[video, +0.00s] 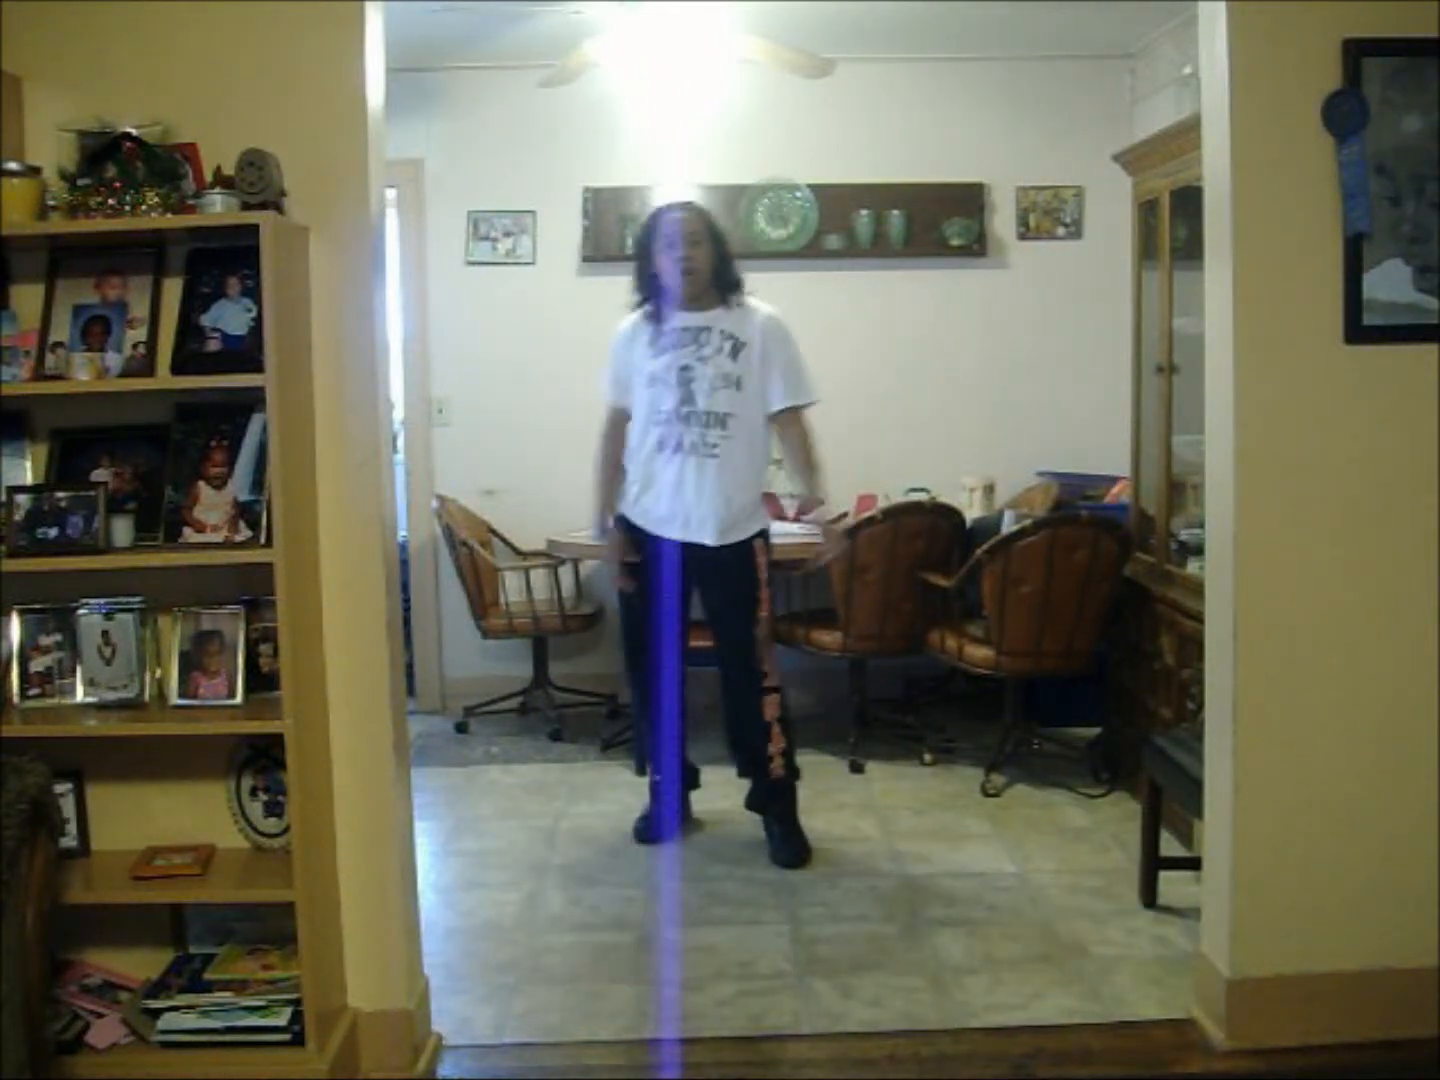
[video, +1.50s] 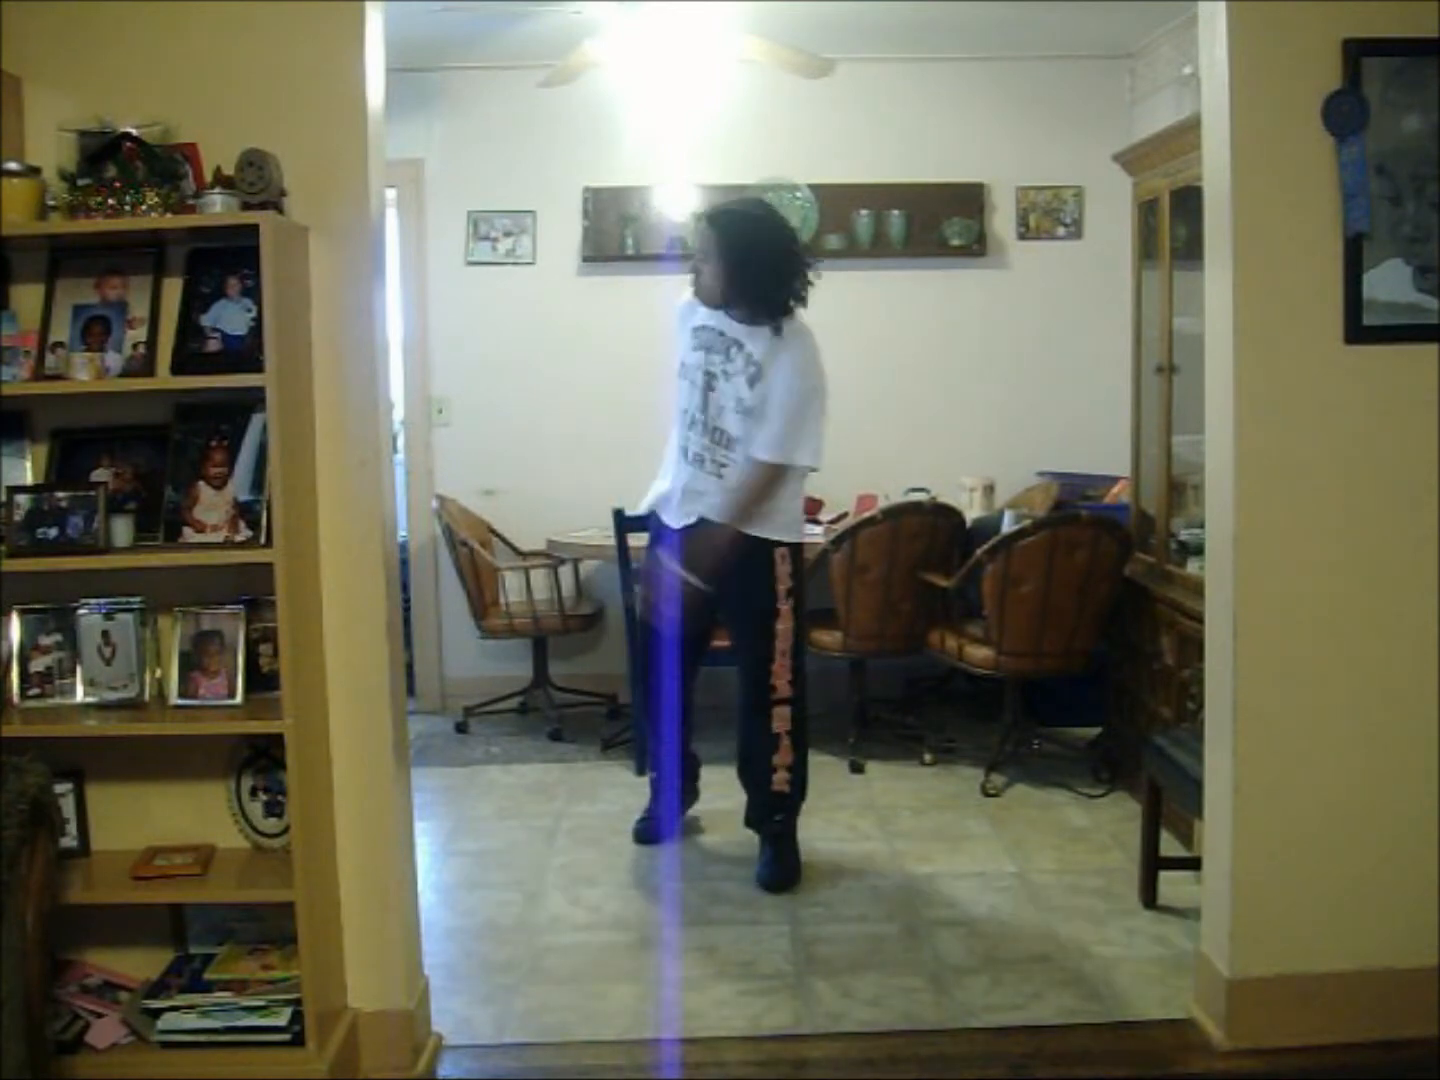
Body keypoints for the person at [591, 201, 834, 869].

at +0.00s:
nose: (682, 256)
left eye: (693, 244)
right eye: (669, 246)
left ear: (718, 252)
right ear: (648, 260)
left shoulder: (759, 328)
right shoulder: (633, 337)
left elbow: (788, 419)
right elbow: (615, 432)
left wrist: (812, 491)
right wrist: (608, 520)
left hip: (734, 523)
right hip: (650, 523)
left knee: (750, 665)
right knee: (654, 667)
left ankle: (777, 803)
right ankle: (667, 797)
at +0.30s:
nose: (673, 252)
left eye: (682, 240)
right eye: (659, 243)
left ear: (704, 252)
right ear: (639, 261)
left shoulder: (745, 338)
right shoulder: (615, 340)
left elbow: (756, 439)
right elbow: (596, 432)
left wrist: (751, 521)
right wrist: (597, 516)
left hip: (721, 524)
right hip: (636, 524)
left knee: (745, 666)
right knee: (642, 667)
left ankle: (775, 804)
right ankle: (666, 793)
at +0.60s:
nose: (686, 248)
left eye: (698, 236)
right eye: (673, 238)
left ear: (718, 248)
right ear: (650, 252)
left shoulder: (751, 332)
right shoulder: (616, 328)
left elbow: (762, 431)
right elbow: (589, 424)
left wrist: (766, 513)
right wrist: (606, 512)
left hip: (727, 522)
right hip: (645, 522)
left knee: (741, 672)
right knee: (651, 671)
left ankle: (774, 819)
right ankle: (669, 799)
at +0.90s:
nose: (713, 237)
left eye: (729, 229)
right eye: (703, 227)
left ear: (752, 251)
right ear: (686, 246)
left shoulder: (784, 329)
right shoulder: (653, 320)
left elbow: (817, 412)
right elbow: (634, 399)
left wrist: (870, 441)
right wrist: (572, 437)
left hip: (746, 514)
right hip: (663, 511)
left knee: (763, 668)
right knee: (661, 661)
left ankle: (777, 823)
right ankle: (668, 797)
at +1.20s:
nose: (704, 264)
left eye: (719, 257)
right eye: (707, 252)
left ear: (758, 272)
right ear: (711, 255)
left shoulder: (806, 350)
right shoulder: (682, 308)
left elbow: (861, 441)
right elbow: (648, 376)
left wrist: (923, 519)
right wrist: (601, 441)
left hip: (755, 525)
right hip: (672, 516)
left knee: (768, 676)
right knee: (666, 664)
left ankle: (776, 825)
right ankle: (670, 795)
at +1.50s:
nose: (692, 268)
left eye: (703, 258)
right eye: (693, 256)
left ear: (744, 266)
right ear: (718, 263)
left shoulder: (792, 350)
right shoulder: (694, 318)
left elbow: (774, 461)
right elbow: (691, 420)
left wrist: (716, 537)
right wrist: (665, 504)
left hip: (759, 532)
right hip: (682, 520)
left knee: (770, 679)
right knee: (663, 665)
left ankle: (776, 824)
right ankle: (671, 793)